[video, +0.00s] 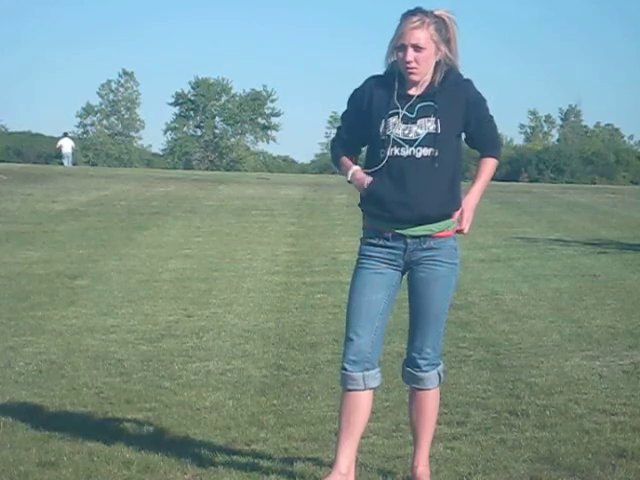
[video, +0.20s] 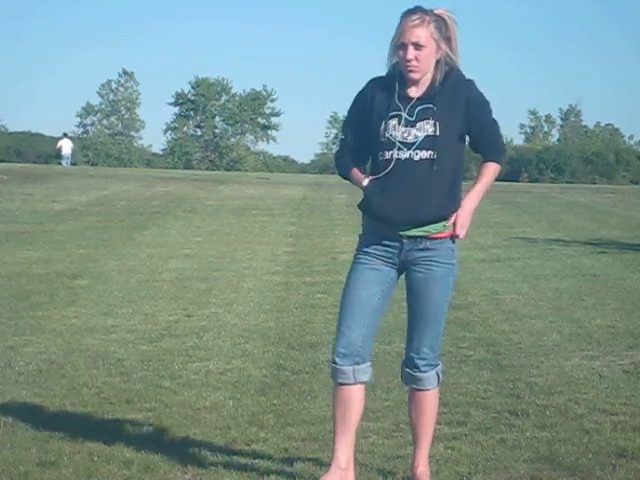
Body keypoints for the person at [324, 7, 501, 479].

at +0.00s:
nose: (408, 56)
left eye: (418, 48)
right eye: (401, 47)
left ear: (439, 51)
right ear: (394, 49)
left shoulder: (461, 92)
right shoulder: (373, 91)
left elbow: (490, 149)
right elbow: (342, 149)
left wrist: (471, 199)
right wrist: (356, 174)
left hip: (437, 245)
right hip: (377, 243)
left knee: (423, 361)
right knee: (357, 357)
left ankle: (420, 466)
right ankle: (343, 469)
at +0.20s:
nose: (409, 54)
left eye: (419, 46)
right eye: (402, 46)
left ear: (440, 50)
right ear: (395, 48)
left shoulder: (463, 93)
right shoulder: (375, 91)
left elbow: (495, 155)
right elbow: (345, 157)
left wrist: (468, 206)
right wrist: (368, 183)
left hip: (434, 246)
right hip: (376, 243)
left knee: (422, 362)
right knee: (347, 353)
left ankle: (420, 467)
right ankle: (341, 466)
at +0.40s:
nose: (395, 46)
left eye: (405, 38)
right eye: (390, 38)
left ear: (429, 44)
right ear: (383, 43)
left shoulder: (451, 88)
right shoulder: (366, 94)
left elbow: (487, 150)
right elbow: (336, 161)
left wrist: (462, 203)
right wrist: (360, 185)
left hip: (425, 244)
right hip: (367, 238)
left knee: (417, 364)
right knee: (340, 347)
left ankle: (419, 464)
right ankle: (376, 446)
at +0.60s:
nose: (377, 52)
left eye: (388, 45)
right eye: (373, 44)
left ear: (412, 52)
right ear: (367, 50)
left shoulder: (434, 100)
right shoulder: (350, 104)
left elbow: (469, 163)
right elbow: (322, 173)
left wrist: (452, 223)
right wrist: (346, 203)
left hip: (412, 251)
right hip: (355, 248)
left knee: (406, 370)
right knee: (347, 365)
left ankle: (422, 464)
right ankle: (383, 467)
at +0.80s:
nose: (362, 49)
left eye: (372, 42)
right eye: (357, 41)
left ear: (396, 49)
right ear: (351, 48)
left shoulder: (419, 95)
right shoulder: (337, 105)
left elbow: (463, 148)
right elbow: (314, 175)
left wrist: (453, 210)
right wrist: (336, 205)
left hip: (403, 242)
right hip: (351, 246)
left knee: (386, 353)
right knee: (345, 369)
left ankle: (425, 446)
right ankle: (382, 465)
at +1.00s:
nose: (354, 21)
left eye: (365, 13)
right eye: (348, 13)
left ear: (387, 17)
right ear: (341, 20)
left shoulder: (407, 60)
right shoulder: (338, 77)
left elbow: (463, 120)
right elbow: (323, 142)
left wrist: (454, 190)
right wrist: (335, 171)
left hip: (403, 216)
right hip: (358, 219)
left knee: (390, 335)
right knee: (364, 341)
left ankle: (418, 451)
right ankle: (380, 454)